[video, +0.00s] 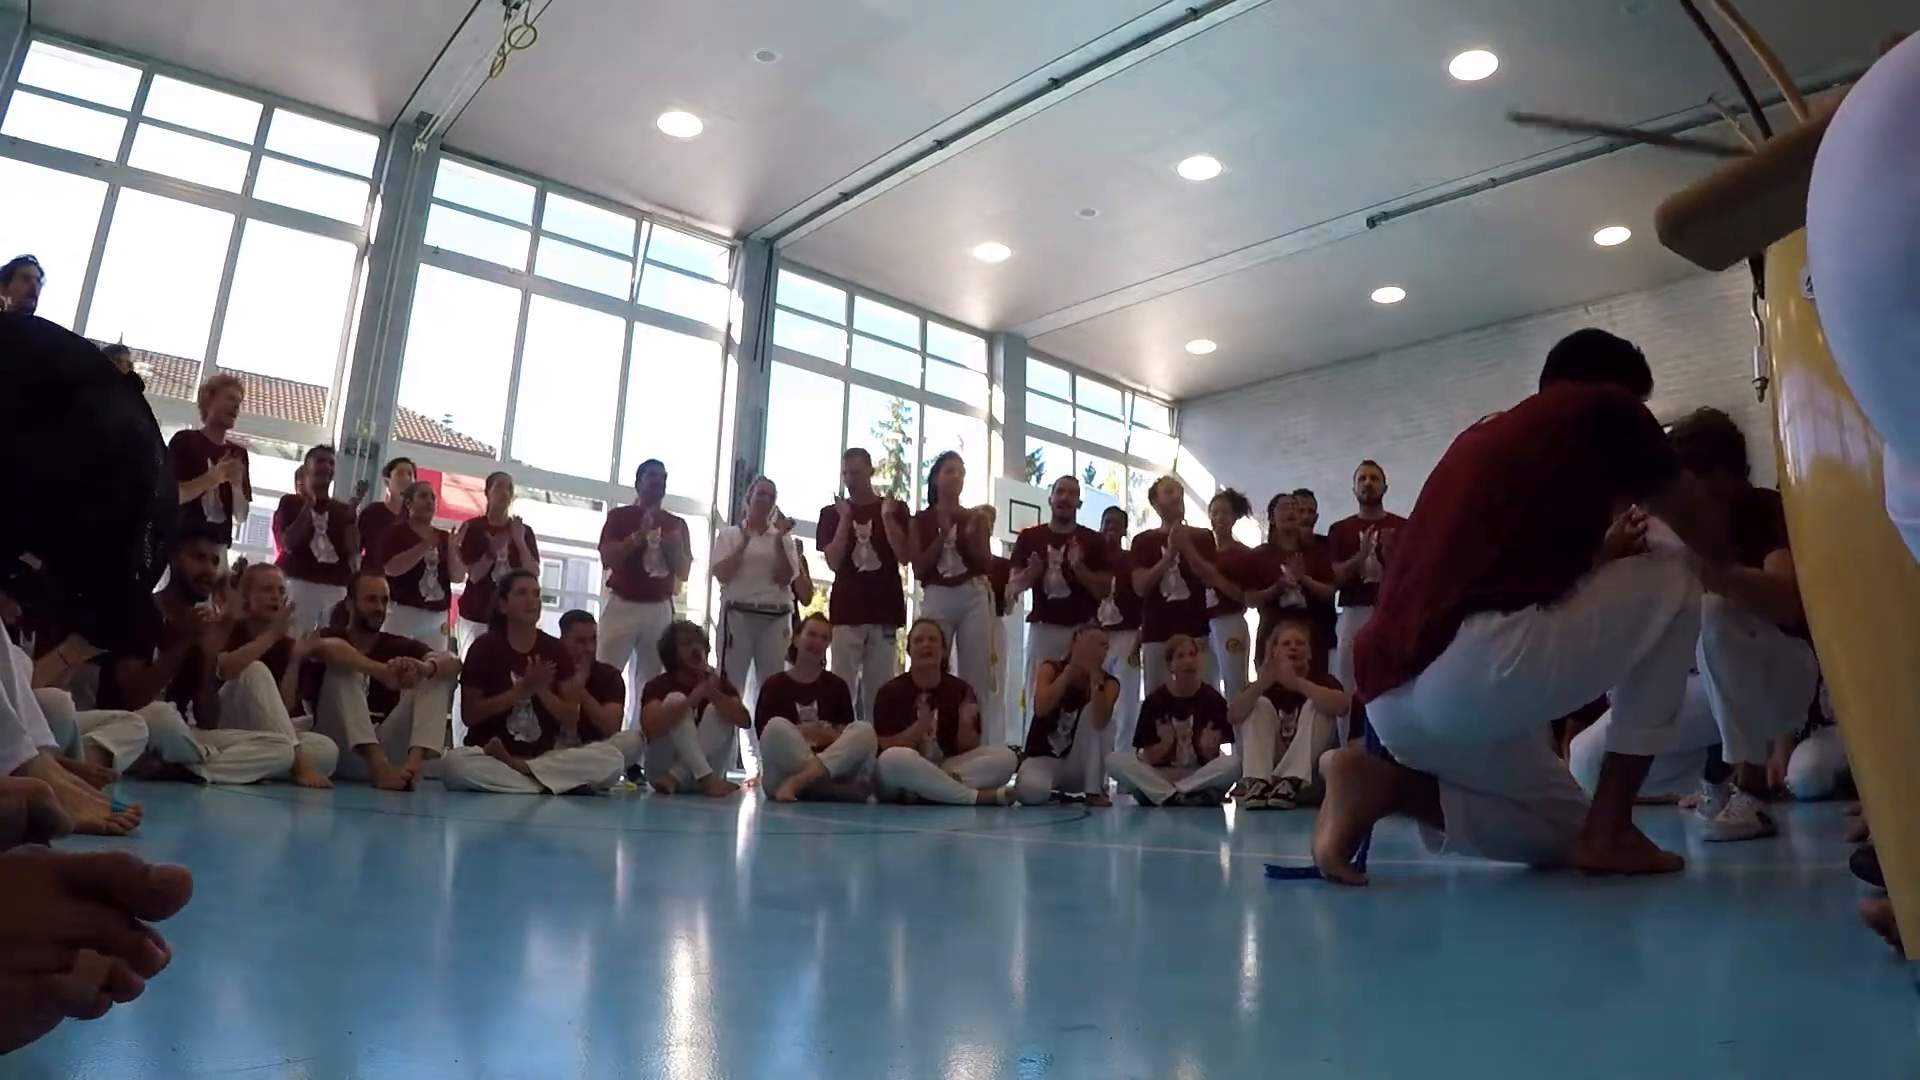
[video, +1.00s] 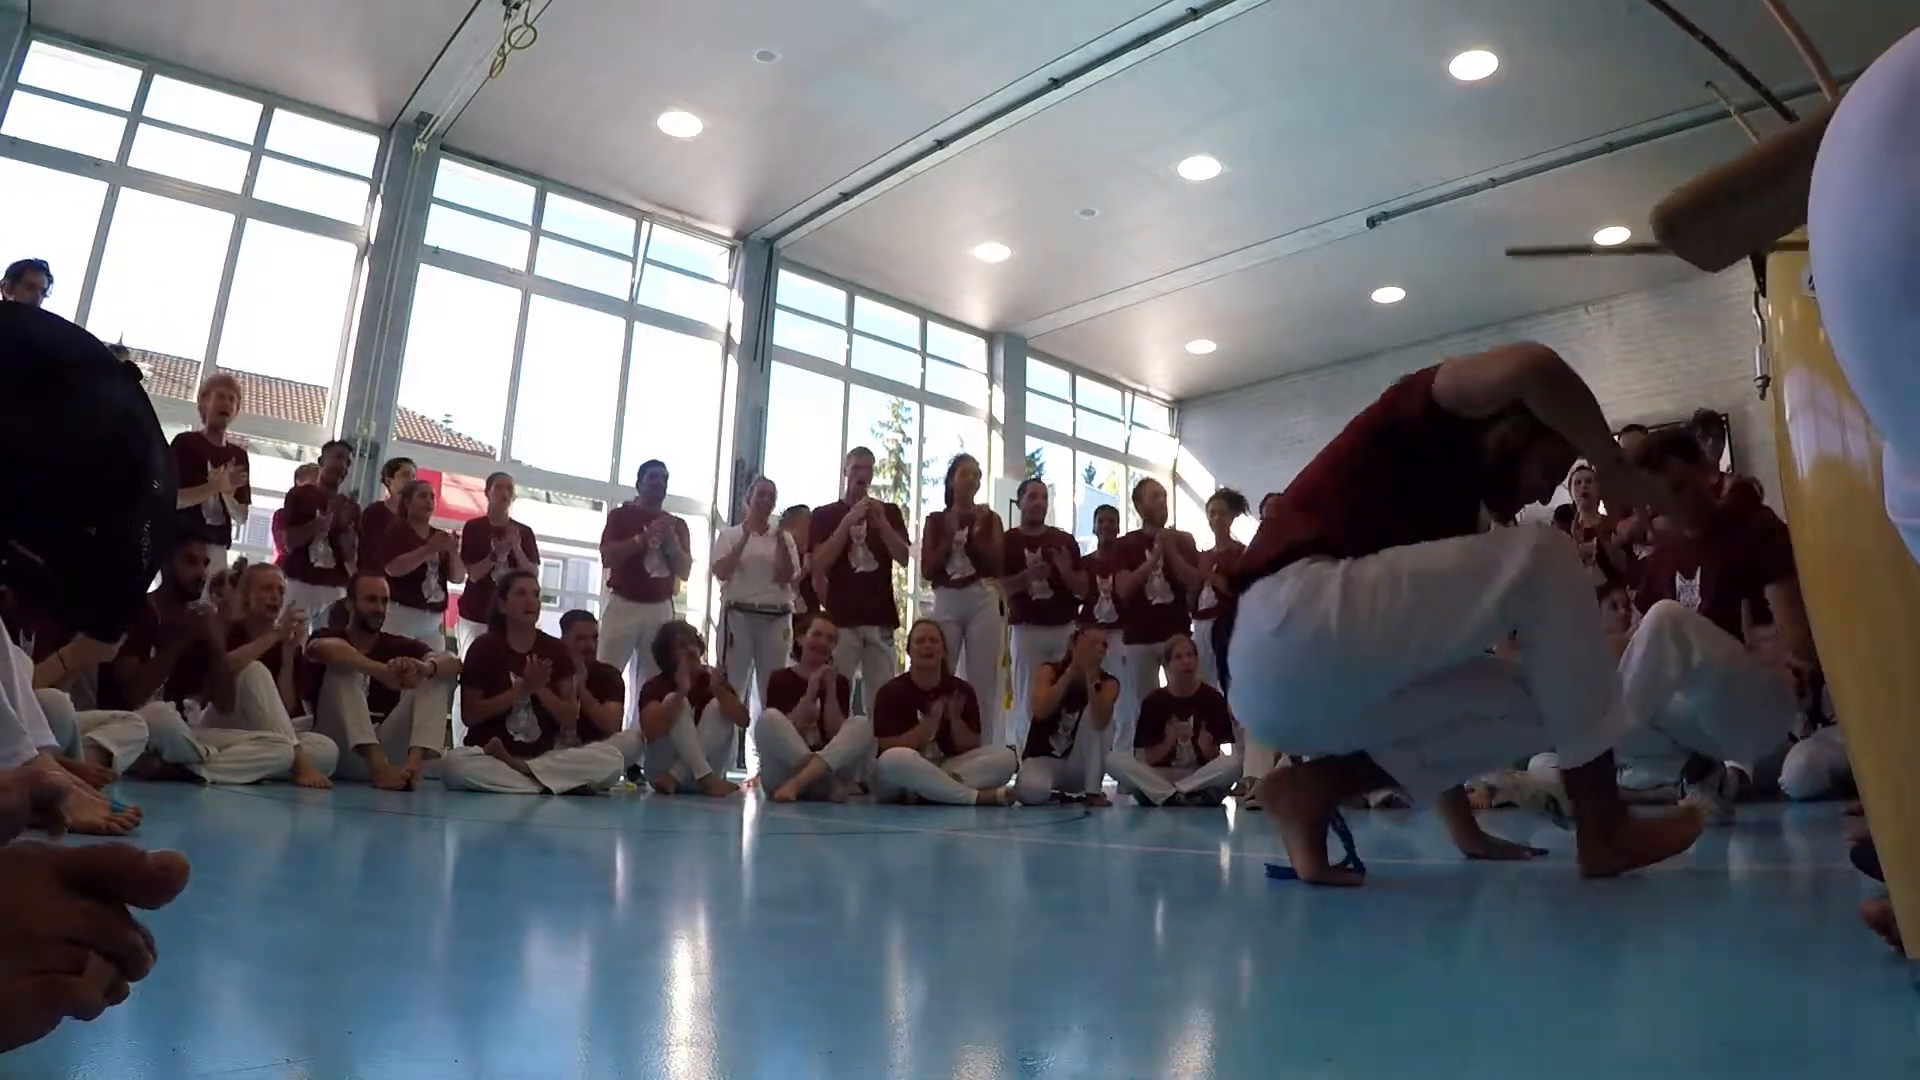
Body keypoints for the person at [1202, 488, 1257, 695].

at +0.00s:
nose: (1219, 518)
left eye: (1225, 513)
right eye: (1214, 513)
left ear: (1236, 517)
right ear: (1208, 516)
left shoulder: (1244, 553)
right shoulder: (1203, 552)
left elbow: (1245, 597)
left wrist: (1215, 577)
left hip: (1229, 619)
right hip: (1202, 621)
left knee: (1235, 690)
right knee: (1206, 689)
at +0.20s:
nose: (1219, 518)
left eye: (1225, 512)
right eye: (1214, 513)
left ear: (1235, 516)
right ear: (1208, 516)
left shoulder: (1246, 554)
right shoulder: (1202, 553)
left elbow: (1244, 596)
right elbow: (1191, 589)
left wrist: (1214, 576)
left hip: (1230, 620)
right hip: (1201, 622)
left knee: (1235, 690)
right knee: (1205, 690)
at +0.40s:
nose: (1219, 518)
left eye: (1225, 512)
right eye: (1214, 513)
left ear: (1235, 516)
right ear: (1208, 517)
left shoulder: (1245, 554)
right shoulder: (1204, 555)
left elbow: (1243, 595)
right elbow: (1192, 591)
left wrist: (1212, 574)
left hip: (1230, 621)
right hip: (1202, 624)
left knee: (1235, 692)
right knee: (1205, 693)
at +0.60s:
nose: (1218, 518)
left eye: (1223, 512)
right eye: (1213, 513)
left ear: (1234, 516)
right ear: (1207, 517)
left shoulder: (1245, 554)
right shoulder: (1204, 557)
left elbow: (1245, 595)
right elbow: (1194, 591)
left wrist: (1212, 576)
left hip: (1231, 622)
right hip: (1202, 624)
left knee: (1235, 693)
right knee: (1205, 692)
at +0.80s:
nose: (1217, 518)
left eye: (1223, 513)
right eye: (1212, 513)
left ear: (1234, 516)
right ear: (1207, 517)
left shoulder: (1244, 553)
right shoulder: (1205, 557)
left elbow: (1244, 594)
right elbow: (1196, 585)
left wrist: (1213, 577)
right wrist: (1188, 558)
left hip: (1229, 621)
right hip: (1202, 623)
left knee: (1234, 688)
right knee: (1205, 687)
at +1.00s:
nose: (1216, 519)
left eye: (1222, 513)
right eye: (1212, 513)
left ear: (1233, 516)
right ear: (1207, 517)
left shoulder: (1242, 553)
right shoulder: (1202, 558)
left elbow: (1240, 593)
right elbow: (1192, 600)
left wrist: (1211, 576)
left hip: (1229, 621)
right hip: (1201, 622)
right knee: (1202, 683)